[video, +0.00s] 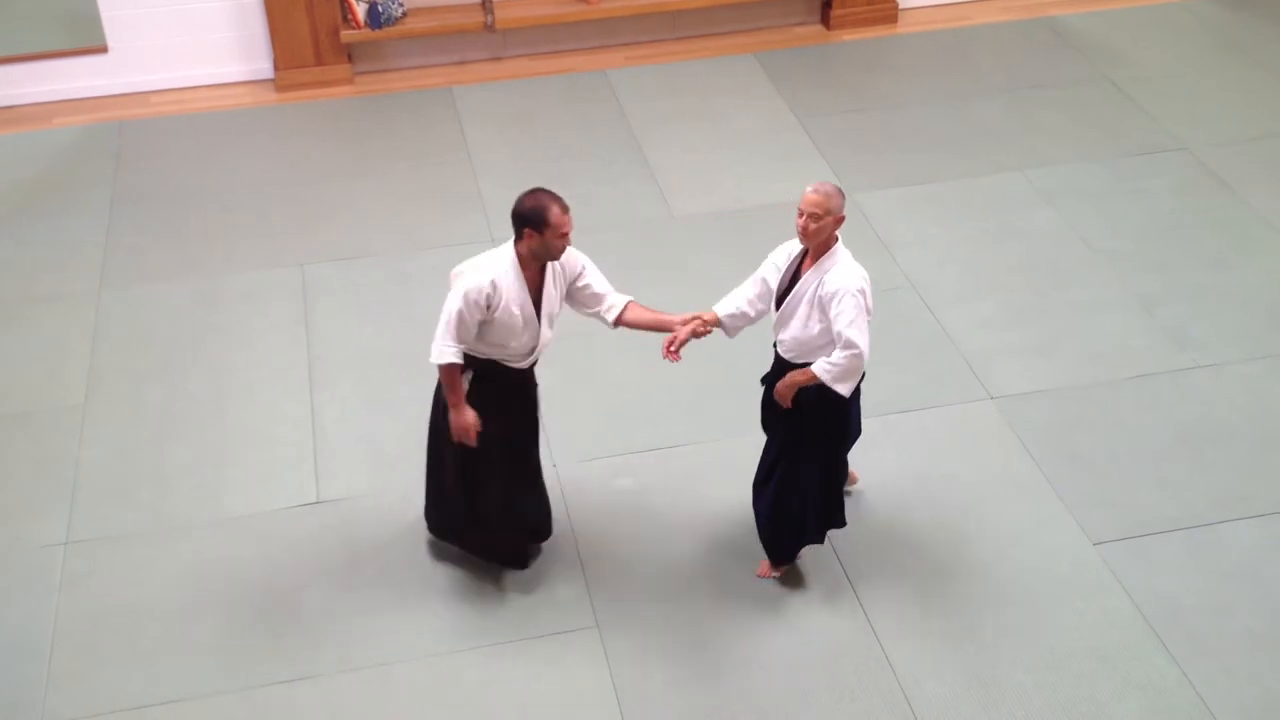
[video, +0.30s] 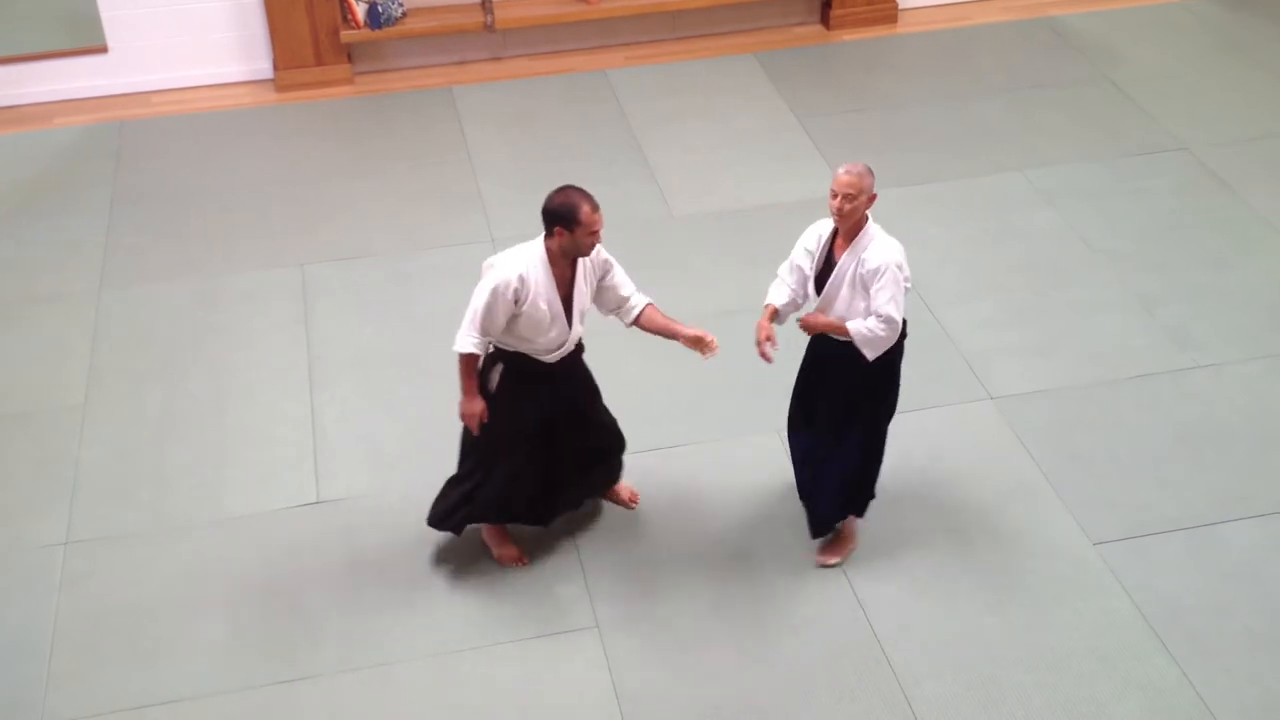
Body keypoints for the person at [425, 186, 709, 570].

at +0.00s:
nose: (568, 241)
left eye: (569, 232)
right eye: (561, 234)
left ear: (534, 236)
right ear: (529, 236)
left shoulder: (567, 265)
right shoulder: (480, 279)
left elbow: (615, 308)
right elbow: (447, 348)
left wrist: (677, 322)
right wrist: (457, 408)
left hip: (520, 379)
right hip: (476, 379)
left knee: (520, 459)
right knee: (477, 461)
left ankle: (524, 533)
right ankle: (474, 534)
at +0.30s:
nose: (598, 238)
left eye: (599, 230)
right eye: (591, 232)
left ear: (566, 233)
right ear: (558, 234)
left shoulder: (594, 260)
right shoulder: (510, 273)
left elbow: (631, 305)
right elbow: (470, 337)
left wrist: (681, 332)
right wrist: (470, 395)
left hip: (567, 366)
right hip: (515, 374)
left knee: (600, 434)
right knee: (506, 453)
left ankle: (601, 481)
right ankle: (493, 524)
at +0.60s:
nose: (615, 234)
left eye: (614, 227)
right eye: (608, 231)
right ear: (576, 237)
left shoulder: (612, 248)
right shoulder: (531, 272)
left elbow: (623, 296)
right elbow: (508, 335)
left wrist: (632, 347)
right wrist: (544, 377)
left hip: (586, 355)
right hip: (535, 363)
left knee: (606, 423)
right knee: (526, 442)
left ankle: (619, 487)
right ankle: (500, 525)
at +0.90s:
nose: (591, 236)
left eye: (589, 229)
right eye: (583, 234)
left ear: (558, 242)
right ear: (554, 246)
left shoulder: (585, 246)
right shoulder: (517, 283)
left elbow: (597, 290)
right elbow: (494, 343)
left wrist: (608, 336)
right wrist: (546, 372)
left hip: (569, 362)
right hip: (520, 376)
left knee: (592, 429)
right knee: (512, 451)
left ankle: (605, 486)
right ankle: (497, 530)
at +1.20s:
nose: (593, 249)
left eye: (592, 242)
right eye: (587, 246)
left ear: (560, 255)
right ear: (558, 257)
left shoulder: (576, 267)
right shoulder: (511, 301)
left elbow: (590, 307)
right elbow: (499, 369)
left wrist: (615, 342)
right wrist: (553, 393)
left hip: (572, 374)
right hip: (520, 390)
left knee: (600, 445)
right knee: (515, 464)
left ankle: (593, 519)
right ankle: (501, 538)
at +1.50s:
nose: (646, 249)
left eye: (645, 243)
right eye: (642, 246)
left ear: (615, 254)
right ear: (618, 257)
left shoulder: (617, 272)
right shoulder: (576, 310)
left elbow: (636, 315)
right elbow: (587, 385)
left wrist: (679, 336)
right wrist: (645, 394)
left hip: (610, 400)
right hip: (571, 414)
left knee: (633, 475)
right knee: (581, 493)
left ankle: (629, 553)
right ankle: (523, 522)